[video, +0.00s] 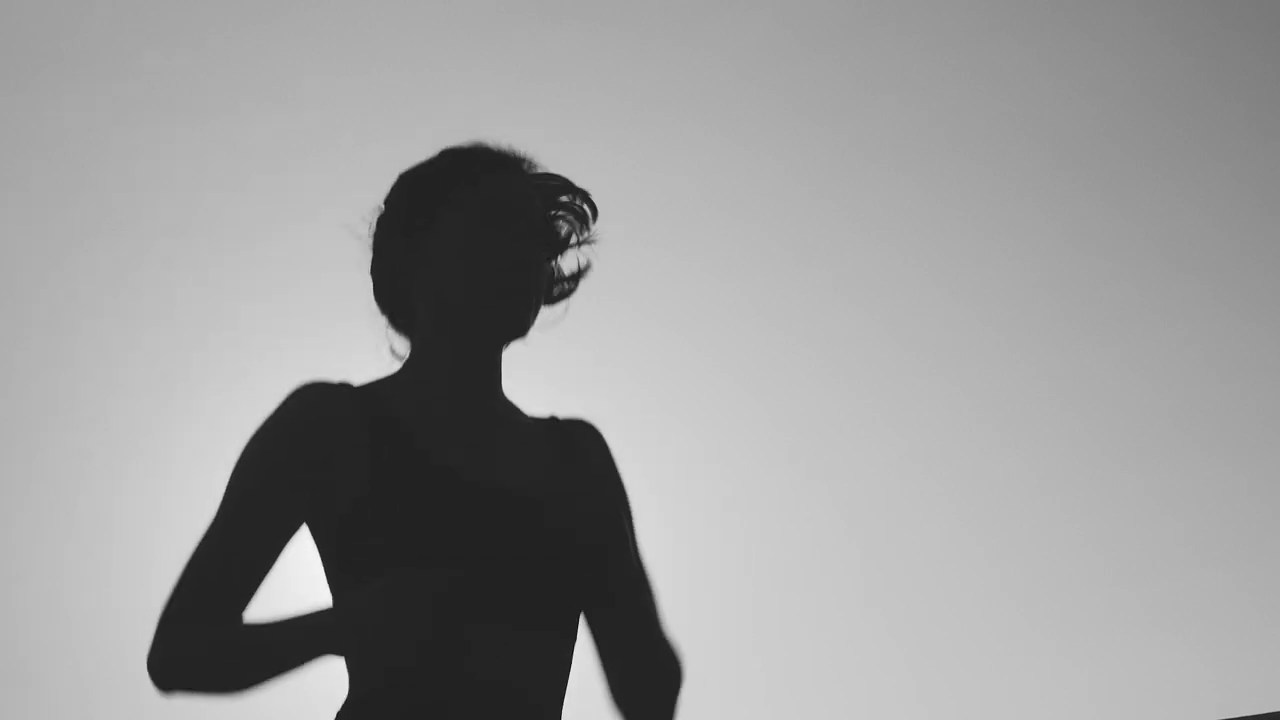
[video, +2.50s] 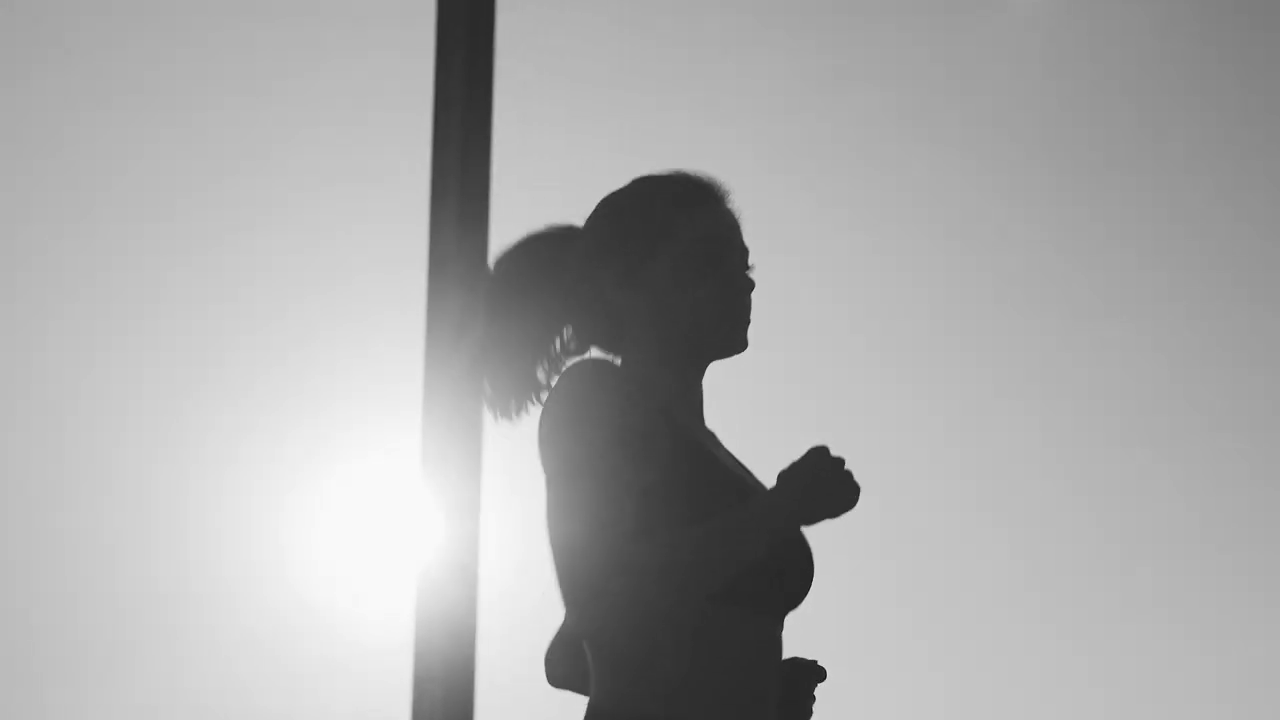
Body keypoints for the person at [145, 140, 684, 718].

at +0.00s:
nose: (521, 269)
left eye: (532, 247)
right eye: (488, 242)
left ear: (547, 276)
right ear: (416, 266)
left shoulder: (573, 455)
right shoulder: (322, 425)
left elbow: (648, 688)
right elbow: (179, 656)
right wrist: (346, 625)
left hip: (523, 708)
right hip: (376, 712)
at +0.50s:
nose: (563, 292)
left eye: (563, 268)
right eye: (540, 264)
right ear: (463, 273)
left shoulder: (540, 472)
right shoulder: (390, 405)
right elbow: (346, 609)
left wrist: (577, 697)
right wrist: (574, 529)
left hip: (531, 708)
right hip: (423, 705)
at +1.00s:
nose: (605, 324)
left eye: (603, 306)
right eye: (573, 304)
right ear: (488, 336)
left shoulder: (606, 528)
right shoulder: (439, 459)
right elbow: (288, 658)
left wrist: (646, 706)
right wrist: (505, 673)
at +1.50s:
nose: (643, 294)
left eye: (640, 271)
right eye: (622, 270)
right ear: (548, 285)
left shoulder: (678, 463)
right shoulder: (438, 434)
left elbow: (826, 668)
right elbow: (258, 593)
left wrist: (726, 530)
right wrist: (364, 636)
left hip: (637, 710)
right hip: (506, 710)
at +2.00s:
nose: (688, 343)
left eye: (685, 314)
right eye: (650, 310)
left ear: (685, 350)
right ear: (556, 342)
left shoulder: (727, 510)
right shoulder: (496, 493)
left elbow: (780, 702)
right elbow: (397, 692)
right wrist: (517, 708)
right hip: (563, 707)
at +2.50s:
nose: (749, 278)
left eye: (743, 260)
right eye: (717, 259)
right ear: (634, 279)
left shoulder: (685, 430)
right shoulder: (593, 394)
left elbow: (569, 660)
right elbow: (609, 603)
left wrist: (764, 684)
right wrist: (783, 507)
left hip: (722, 708)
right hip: (653, 706)